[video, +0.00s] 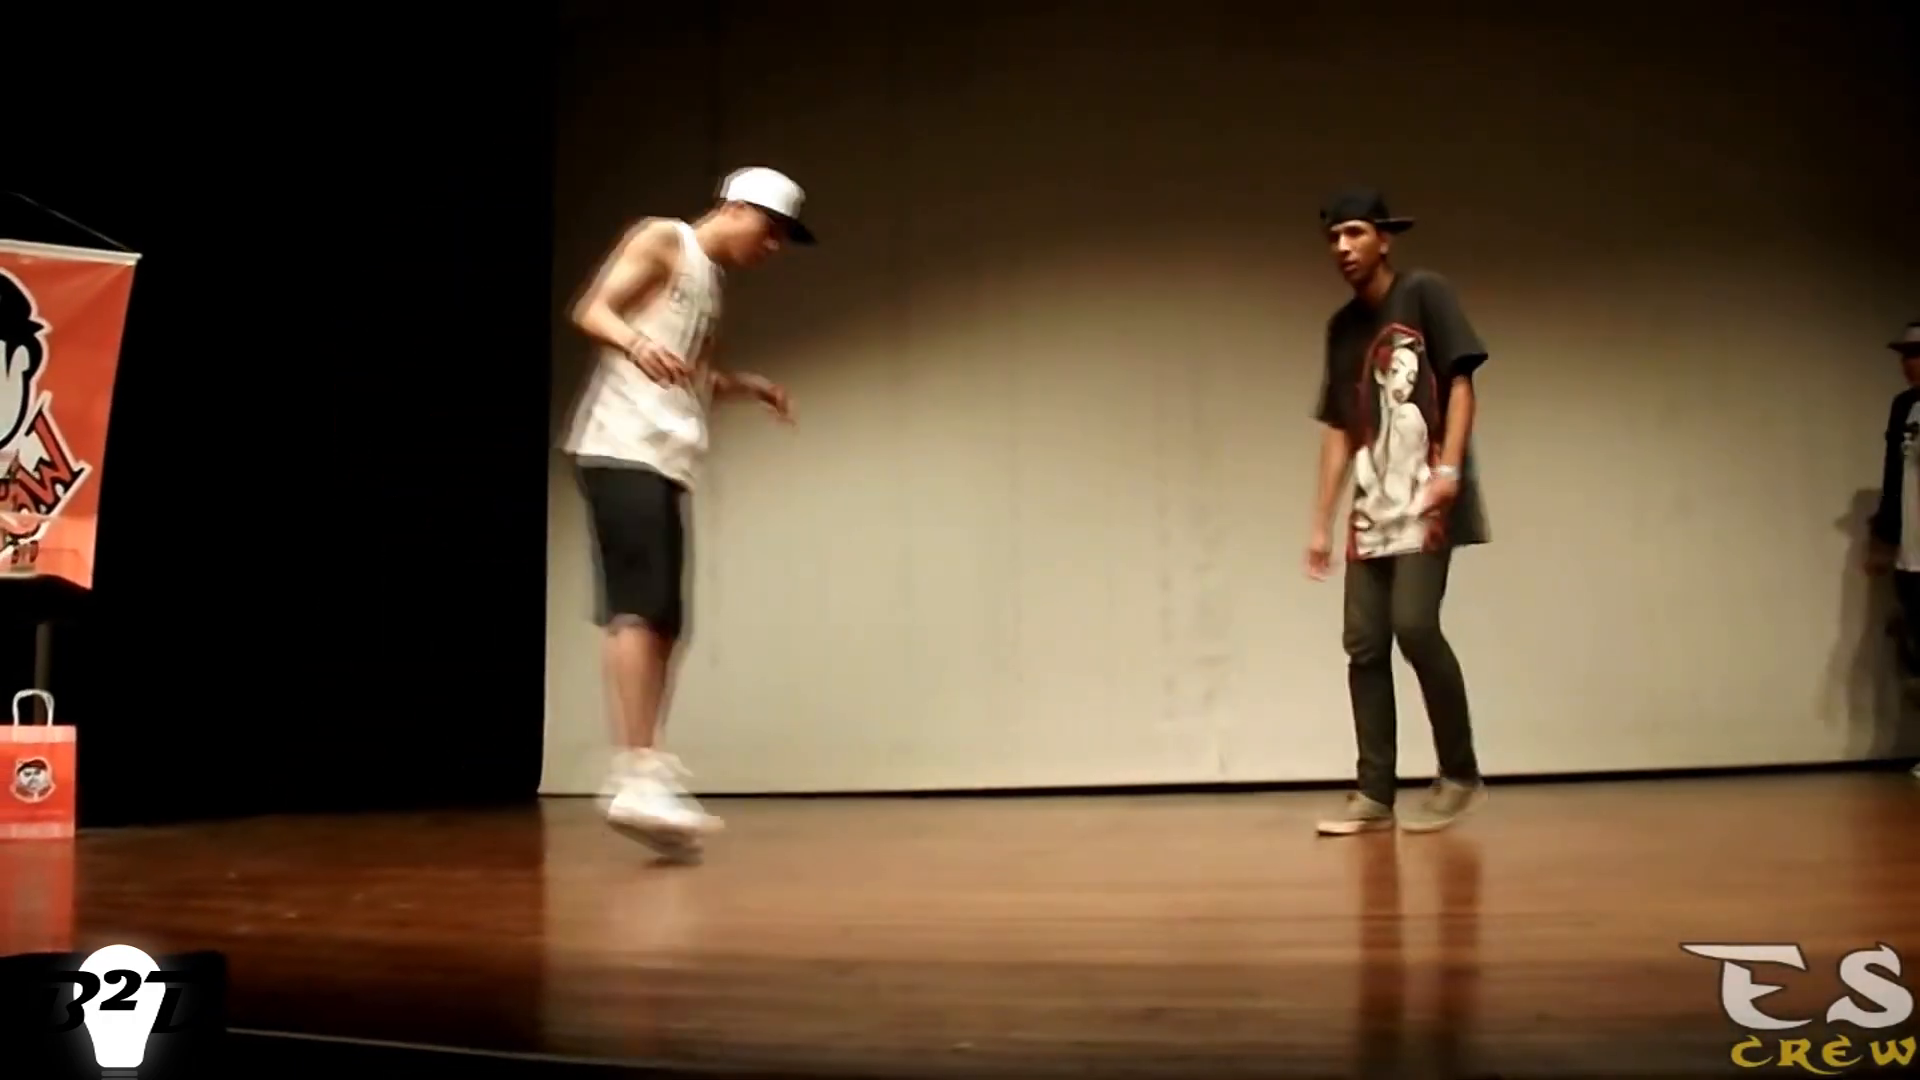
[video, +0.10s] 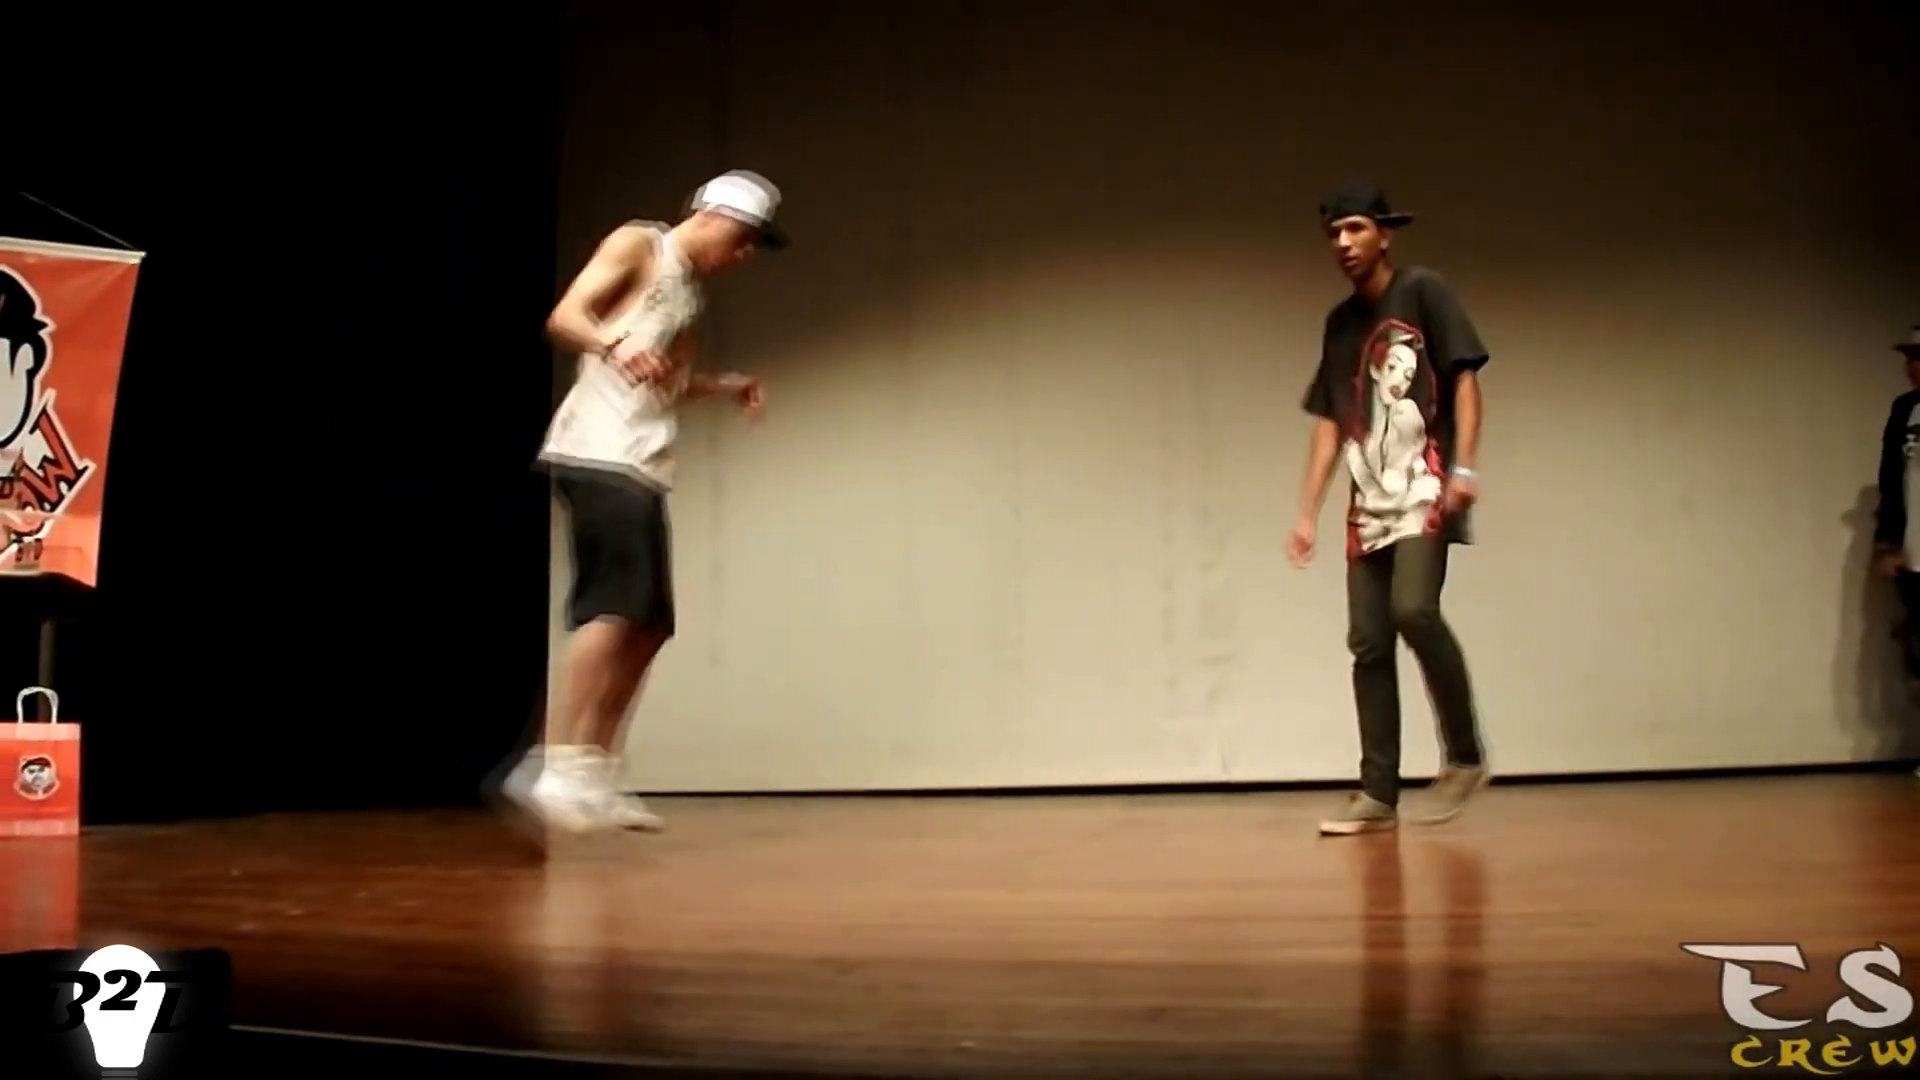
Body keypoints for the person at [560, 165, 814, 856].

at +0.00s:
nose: (771, 250)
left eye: (780, 241)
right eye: (771, 233)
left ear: (753, 225)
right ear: (738, 207)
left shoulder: (705, 280)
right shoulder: (661, 239)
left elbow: (684, 374)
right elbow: (591, 309)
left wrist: (748, 387)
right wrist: (638, 345)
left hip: (662, 460)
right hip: (623, 451)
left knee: (663, 620)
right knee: (640, 612)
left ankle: (647, 772)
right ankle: (633, 775)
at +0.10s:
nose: (739, 257)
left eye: (749, 248)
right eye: (740, 240)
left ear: (737, 239)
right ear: (709, 215)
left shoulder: (686, 290)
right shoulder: (639, 243)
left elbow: (661, 384)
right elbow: (565, 315)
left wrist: (726, 388)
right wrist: (616, 344)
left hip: (640, 468)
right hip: (598, 457)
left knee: (652, 622)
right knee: (618, 607)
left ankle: (594, 773)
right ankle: (558, 765)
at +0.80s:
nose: (677, 307)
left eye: (679, 297)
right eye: (668, 295)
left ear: (666, 305)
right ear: (635, 298)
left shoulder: (646, 375)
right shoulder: (592, 353)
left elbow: (635, 457)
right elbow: (532, 421)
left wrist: (688, 458)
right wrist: (552, 446)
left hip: (618, 545)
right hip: (571, 541)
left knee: (606, 675)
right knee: (551, 668)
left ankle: (565, 787)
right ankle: (501, 783)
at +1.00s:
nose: (700, 275)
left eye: (700, 265)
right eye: (690, 264)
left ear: (681, 273)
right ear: (658, 267)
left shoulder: (670, 348)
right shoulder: (613, 320)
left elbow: (664, 408)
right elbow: (560, 385)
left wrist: (709, 417)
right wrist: (587, 427)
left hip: (647, 506)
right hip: (608, 505)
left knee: (638, 638)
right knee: (613, 634)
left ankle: (610, 757)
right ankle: (577, 756)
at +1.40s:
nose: (745, 285)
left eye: (747, 277)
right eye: (733, 275)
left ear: (736, 287)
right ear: (701, 279)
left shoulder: (714, 361)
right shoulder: (661, 331)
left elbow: (705, 430)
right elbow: (603, 393)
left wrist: (753, 429)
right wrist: (642, 423)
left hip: (689, 514)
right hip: (654, 511)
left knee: (675, 634)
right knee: (692, 628)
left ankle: (648, 755)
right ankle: (676, 758)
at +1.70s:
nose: (776, 317)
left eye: (779, 306)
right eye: (767, 304)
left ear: (762, 309)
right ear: (734, 302)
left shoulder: (733, 374)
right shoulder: (688, 357)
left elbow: (730, 456)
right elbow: (637, 428)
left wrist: (789, 457)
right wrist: (692, 438)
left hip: (716, 546)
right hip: (676, 543)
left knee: (703, 663)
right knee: (732, 658)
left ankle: (653, 775)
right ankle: (711, 793)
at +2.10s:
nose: (838, 302)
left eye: (841, 290)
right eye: (829, 287)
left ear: (820, 290)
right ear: (791, 281)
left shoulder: (801, 371)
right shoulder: (734, 334)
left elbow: (803, 470)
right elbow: (706, 413)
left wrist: (869, 466)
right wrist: (771, 433)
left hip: (791, 544)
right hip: (723, 552)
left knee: (844, 658)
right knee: (742, 697)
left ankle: (859, 800)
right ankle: (713, 772)